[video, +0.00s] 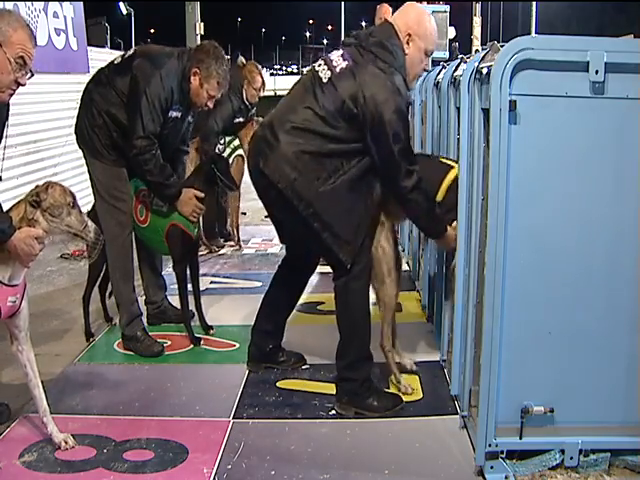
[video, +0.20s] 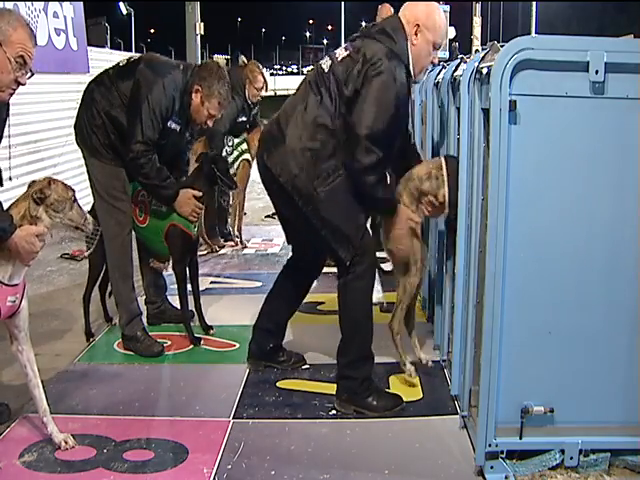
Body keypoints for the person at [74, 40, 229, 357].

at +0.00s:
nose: (210, 104)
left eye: (215, 99)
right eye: (208, 96)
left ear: (197, 74)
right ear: (194, 76)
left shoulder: (191, 85)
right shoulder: (155, 76)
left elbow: (178, 147)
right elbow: (140, 146)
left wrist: (176, 190)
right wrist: (175, 192)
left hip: (139, 135)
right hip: (103, 132)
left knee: (147, 219)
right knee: (119, 224)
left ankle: (157, 304)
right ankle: (131, 326)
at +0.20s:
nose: (211, 123)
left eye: (216, 118)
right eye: (211, 115)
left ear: (198, 93)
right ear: (196, 94)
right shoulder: (159, 88)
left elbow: (177, 159)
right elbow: (136, 153)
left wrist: (180, 194)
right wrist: (173, 195)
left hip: (138, 135)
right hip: (102, 131)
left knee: (148, 217)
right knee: (119, 223)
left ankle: (157, 305)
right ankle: (131, 326)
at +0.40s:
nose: (211, 130)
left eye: (216, 125)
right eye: (211, 122)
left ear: (198, 99)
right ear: (196, 99)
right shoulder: (161, 90)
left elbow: (178, 160)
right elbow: (137, 155)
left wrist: (186, 195)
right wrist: (173, 197)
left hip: (137, 133)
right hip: (101, 130)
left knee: (147, 216)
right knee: (118, 223)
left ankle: (158, 305)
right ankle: (132, 327)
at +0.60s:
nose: (211, 130)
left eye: (216, 126)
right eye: (210, 123)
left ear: (198, 100)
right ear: (196, 100)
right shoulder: (161, 92)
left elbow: (177, 161)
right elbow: (136, 156)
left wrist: (188, 194)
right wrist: (172, 196)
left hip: (136, 132)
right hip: (101, 130)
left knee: (147, 216)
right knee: (118, 222)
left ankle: (158, 305)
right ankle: (131, 327)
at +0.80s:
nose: (210, 129)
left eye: (215, 124)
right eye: (210, 121)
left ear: (197, 98)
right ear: (195, 99)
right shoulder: (159, 92)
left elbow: (179, 158)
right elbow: (135, 156)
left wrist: (186, 192)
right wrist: (171, 196)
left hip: (137, 132)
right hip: (100, 130)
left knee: (147, 216)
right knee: (118, 222)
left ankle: (157, 305)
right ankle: (131, 326)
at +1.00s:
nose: (210, 126)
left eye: (215, 121)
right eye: (210, 118)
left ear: (196, 97)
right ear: (194, 97)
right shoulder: (158, 91)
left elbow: (178, 157)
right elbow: (134, 156)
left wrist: (189, 190)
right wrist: (171, 196)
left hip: (136, 133)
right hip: (100, 131)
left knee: (148, 218)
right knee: (118, 222)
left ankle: (157, 305)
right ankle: (131, 327)